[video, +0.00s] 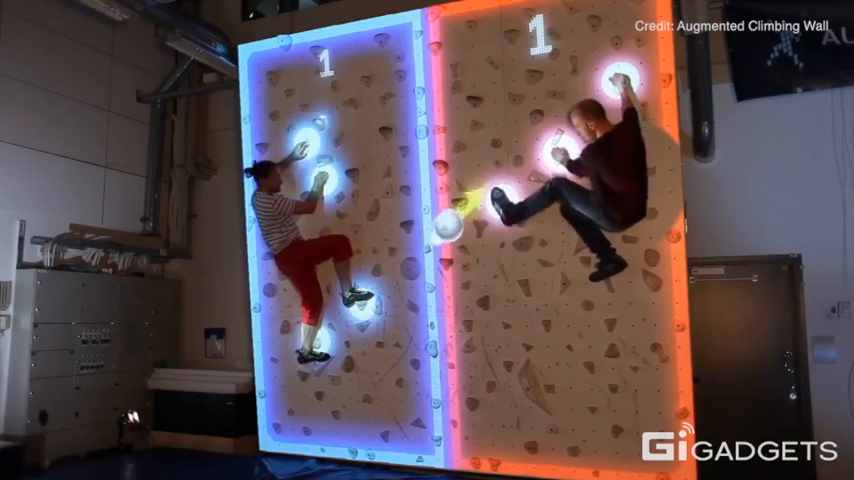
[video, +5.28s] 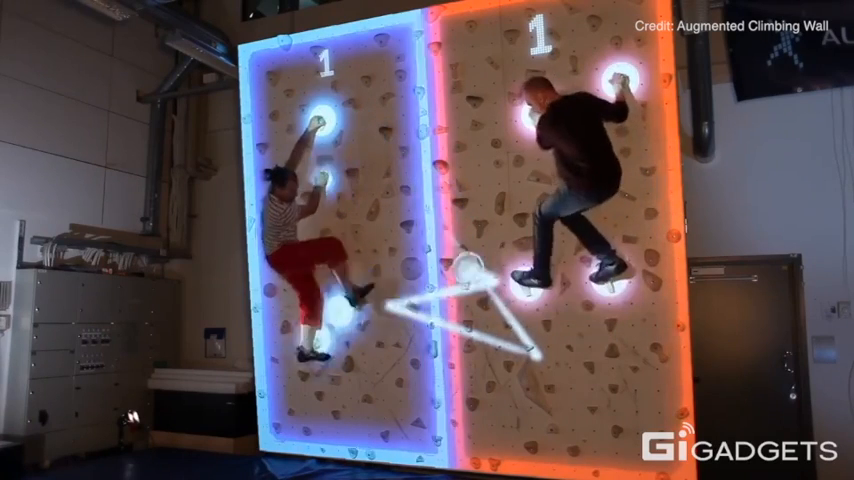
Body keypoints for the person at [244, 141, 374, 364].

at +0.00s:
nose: (280, 179)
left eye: (279, 176)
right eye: (276, 176)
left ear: (263, 180)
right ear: (265, 181)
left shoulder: (258, 196)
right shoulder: (272, 201)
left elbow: (275, 171)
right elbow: (309, 207)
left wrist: (292, 158)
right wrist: (318, 186)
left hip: (285, 257)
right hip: (294, 252)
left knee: (313, 299)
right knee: (339, 243)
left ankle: (306, 350)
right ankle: (348, 291)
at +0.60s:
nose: (284, 178)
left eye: (281, 175)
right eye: (280, 176)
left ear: (268, 183)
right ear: (269, 183)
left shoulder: (268, 194)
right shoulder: (278, 205)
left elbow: (298, 167)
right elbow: (311, 208)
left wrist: (330, 171)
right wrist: (320, 182)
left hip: (285, 256)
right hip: (293, 253)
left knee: (311, 301)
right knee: (338, 244)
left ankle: (306, 351)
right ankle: (348, 293)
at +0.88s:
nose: (299, 174)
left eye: (297, 171)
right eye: (295, 173)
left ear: (284, 180)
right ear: (284, 180)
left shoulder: (290, 188)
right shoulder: (286, 199)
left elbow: (323, 170)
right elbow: (315, 207)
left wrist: (359, 165)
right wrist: (319, 184)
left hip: (286, 249)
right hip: (292, 248)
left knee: (301, 299)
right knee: (337, 243)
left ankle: (304, 351)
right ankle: (348, 292)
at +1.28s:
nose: (306, 164)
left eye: (304, 162)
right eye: (302, 164)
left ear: (290, 171)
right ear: (294, 171)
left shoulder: (290, 183)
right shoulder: (293, 193)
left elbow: (318, 152)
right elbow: (322, 209)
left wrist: (342, 127)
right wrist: (321, 185)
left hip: (290, 246)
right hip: (300, 243)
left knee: (303, 296)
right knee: (345, 242)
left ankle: (305, 350)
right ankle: (348, 292)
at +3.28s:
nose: (283, 187)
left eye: (283, 183)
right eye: (279, 185)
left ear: (279, 181)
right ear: (269, 186)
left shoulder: (268, 195)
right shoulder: (279, 204)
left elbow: (290, 158)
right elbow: (311, 207)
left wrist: (308, 130)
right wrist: (320, 186)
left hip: (282, 254)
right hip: (291, 251)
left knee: (305, 300)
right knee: (333, 246)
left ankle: (305, 351)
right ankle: (346, 294)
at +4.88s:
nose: (302, 192)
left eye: (302, 189)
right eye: (298, 189)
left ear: (293, 186)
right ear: (287, 191)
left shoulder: (283, 195)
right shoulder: (290, 210)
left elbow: (298, 159)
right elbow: (315, 208)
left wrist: (310, 131)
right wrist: (321, 189)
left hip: (282, 256)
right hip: (285, 256)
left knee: (308, 302)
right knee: (329, 281)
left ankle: (306, 350)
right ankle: (354, 325)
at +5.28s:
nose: (296, 188)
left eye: (295, 185)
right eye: (293, 185)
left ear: (279, 187)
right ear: (281, 188)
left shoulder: (275, 198)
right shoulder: (283, 209)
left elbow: (293, 162)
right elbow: (311, 209)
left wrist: (310, 132)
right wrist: (320, 188)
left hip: (280, 256)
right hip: (286, 253)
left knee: (311, 296)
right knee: (332, 246)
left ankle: (306, 349)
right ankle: (352, 293)